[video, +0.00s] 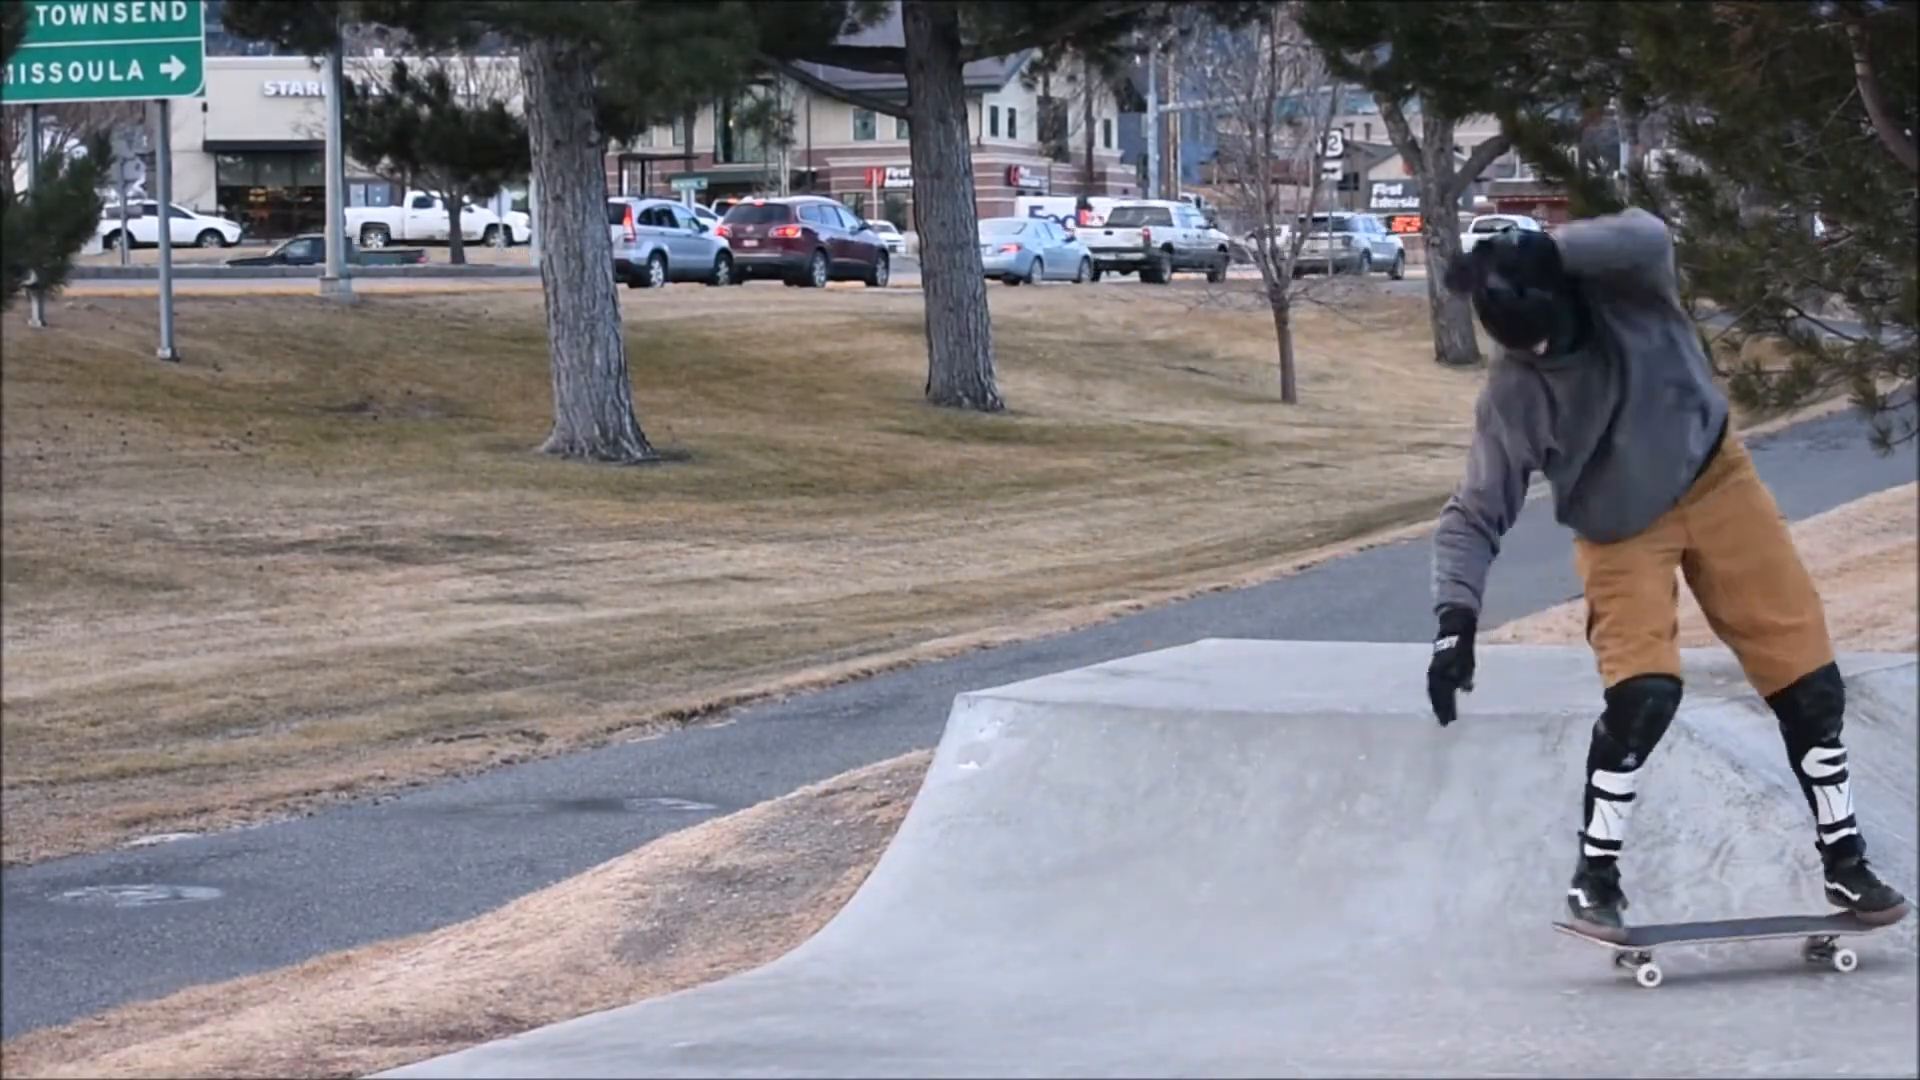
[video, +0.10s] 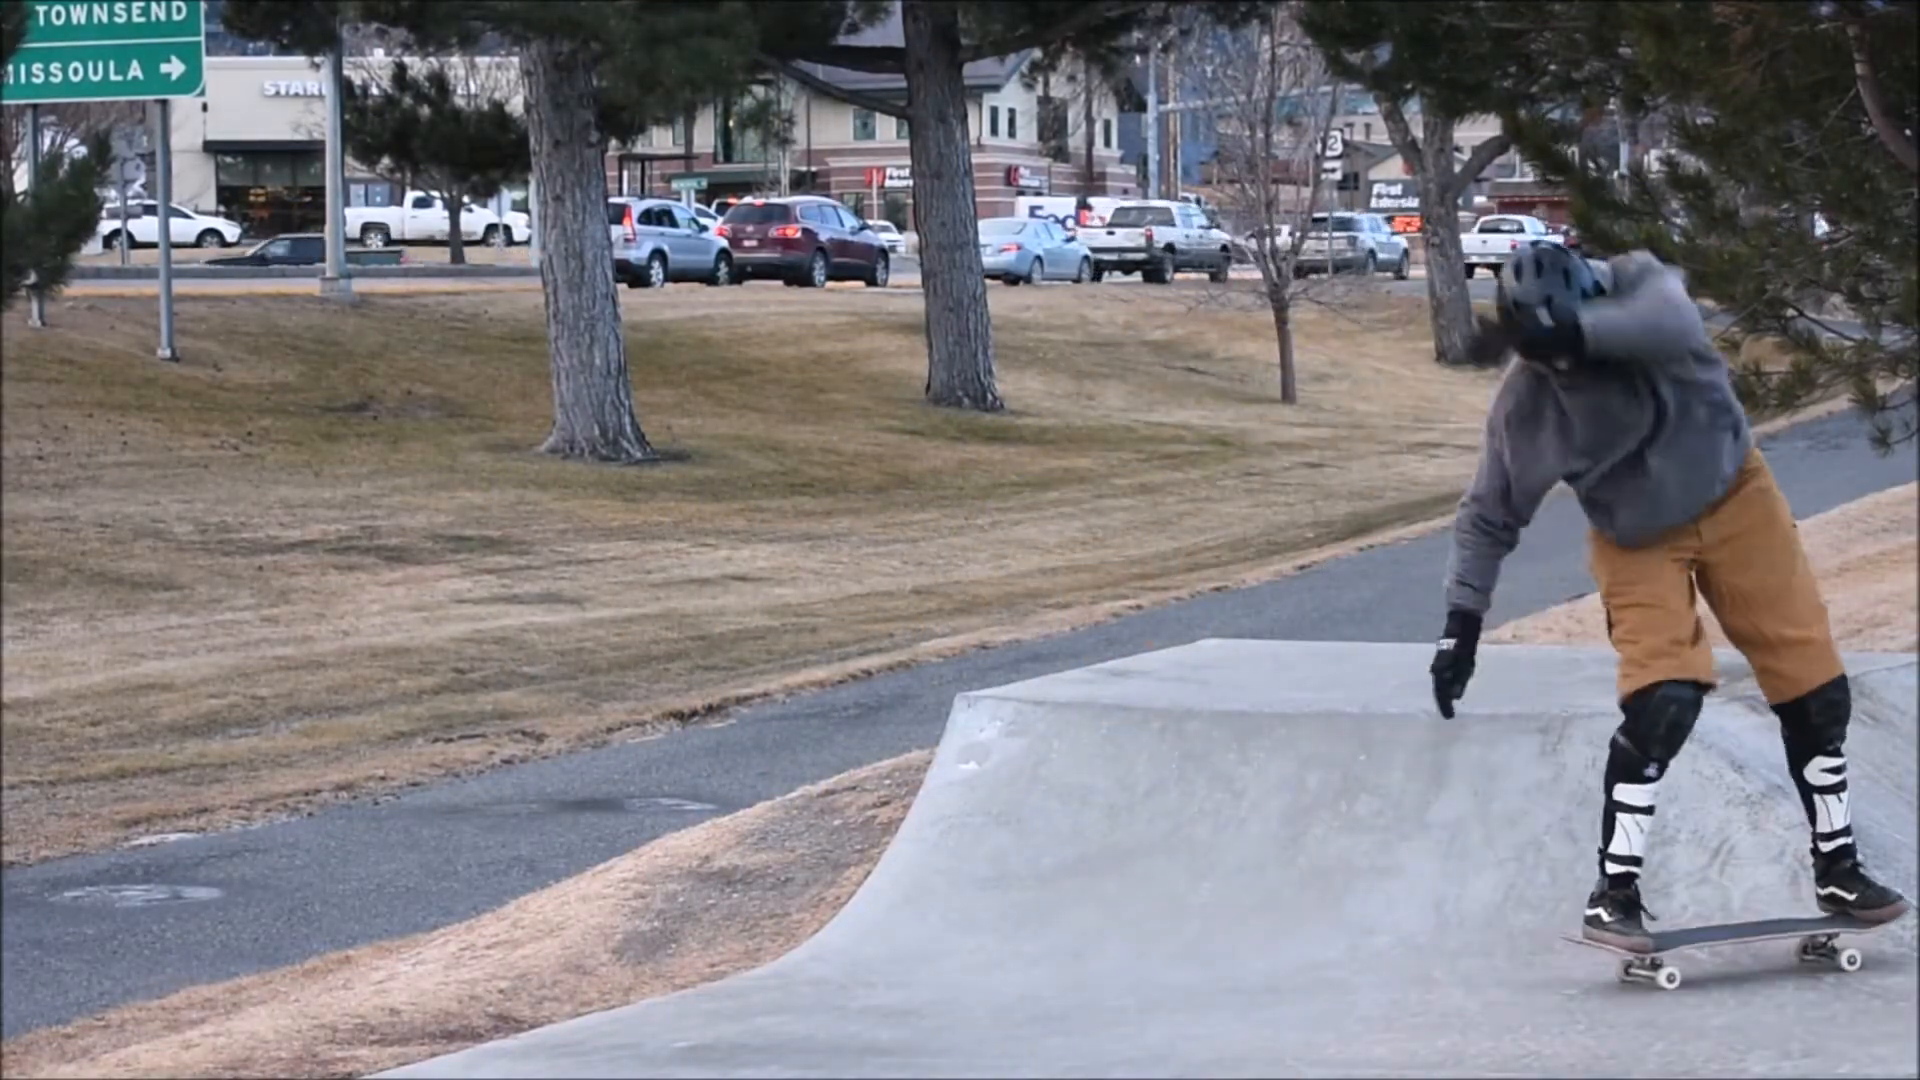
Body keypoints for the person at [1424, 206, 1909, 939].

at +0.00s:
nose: (1551, 350)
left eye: (1554, 332)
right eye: (1532, 345)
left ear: (1566, 295)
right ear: (1507, 341)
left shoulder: (1630, 292)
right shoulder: (1511, 398)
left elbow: (1648, 239)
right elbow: (1473, 518)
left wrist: (1546, 251)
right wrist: (1454, 623)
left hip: (1719, 484)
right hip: (1620, 532)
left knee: (1811, 687)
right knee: (1644, 696)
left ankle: (1845, 862)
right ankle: (1596, 874)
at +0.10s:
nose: (1565, 344)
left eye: (1576, 325)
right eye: (1545, 335)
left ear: (1594, 296)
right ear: (1524, 336)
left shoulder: (1644, 285)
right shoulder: (1525, 404)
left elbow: (1677, 325)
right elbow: (1486, 518)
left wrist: (1575, 332)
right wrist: (1461, 627)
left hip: (1737, 500)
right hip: (1635, 539)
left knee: (1818, 695)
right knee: (1666, 700)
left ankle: (1837, 864)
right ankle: (1616, 890)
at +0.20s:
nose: (1604, 390)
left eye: (1612, 372)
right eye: (1587, 384)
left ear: (1632, 329)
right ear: (1553, 364)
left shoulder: (1682, 320)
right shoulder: (1547, 405)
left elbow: (1719, 449)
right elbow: (1512, 513)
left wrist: (1638, 471)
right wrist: (1499, 617)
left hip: (1737, 493)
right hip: (1631, 523)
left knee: (1822, 689)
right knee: (1657, 698)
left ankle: (1832, 863)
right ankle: (1606, 891)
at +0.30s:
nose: (1634, 389)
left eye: (1645, 373)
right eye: (1617, 379)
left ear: (1671, 333)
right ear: (1588, 354)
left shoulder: (1724, 338)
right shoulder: (1576, 386)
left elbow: (1772, 474)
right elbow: (1535, 486)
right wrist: (1531, 584)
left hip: (1742, 523)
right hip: (1635, 535)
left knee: (1822, 697)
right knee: (1645, 702)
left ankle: (1823, 869)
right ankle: (1595, 891)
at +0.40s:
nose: (1676, 365)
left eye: (1688, 350)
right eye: (1660, 356)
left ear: (1713, 313)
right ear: (1629, 332)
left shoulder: (1763, 328)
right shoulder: (1600, 363)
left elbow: (1830, 439)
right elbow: (1546, 458)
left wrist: (1858, 555)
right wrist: (1541, 552)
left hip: (1751, 513)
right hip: (1641, 526)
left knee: (1823, 696)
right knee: (1644, 704)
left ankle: (1809, 871)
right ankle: (1581, 891)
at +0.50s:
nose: (1695, 341)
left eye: (1710, 328)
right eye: (1679, 329)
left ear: (1739, 292)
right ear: (1651, 301)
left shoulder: (1787, 305)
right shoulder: (1619, 338)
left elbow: (1864, 377)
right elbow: (1556, 436)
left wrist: (1906, 467)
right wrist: (1538, 531)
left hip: (1759, 507)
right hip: (1649, 516)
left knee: (1815, 693)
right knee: (1654, 693)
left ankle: (1805, 870)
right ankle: (1591, 880)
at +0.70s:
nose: (1734, 318)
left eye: (1749, 302)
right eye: (1719, 303)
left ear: (1776, 275)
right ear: (1693, 276)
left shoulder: (1807, 300)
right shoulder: (1654, 333)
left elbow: (1887, 348)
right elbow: (1574, 462)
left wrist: (1916, 393)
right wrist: (1559, 589)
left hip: (1759, 524)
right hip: (1657, 529)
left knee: (1832, 699)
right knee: (1683, 715)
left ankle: (1813, 870)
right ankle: (1622, 905)